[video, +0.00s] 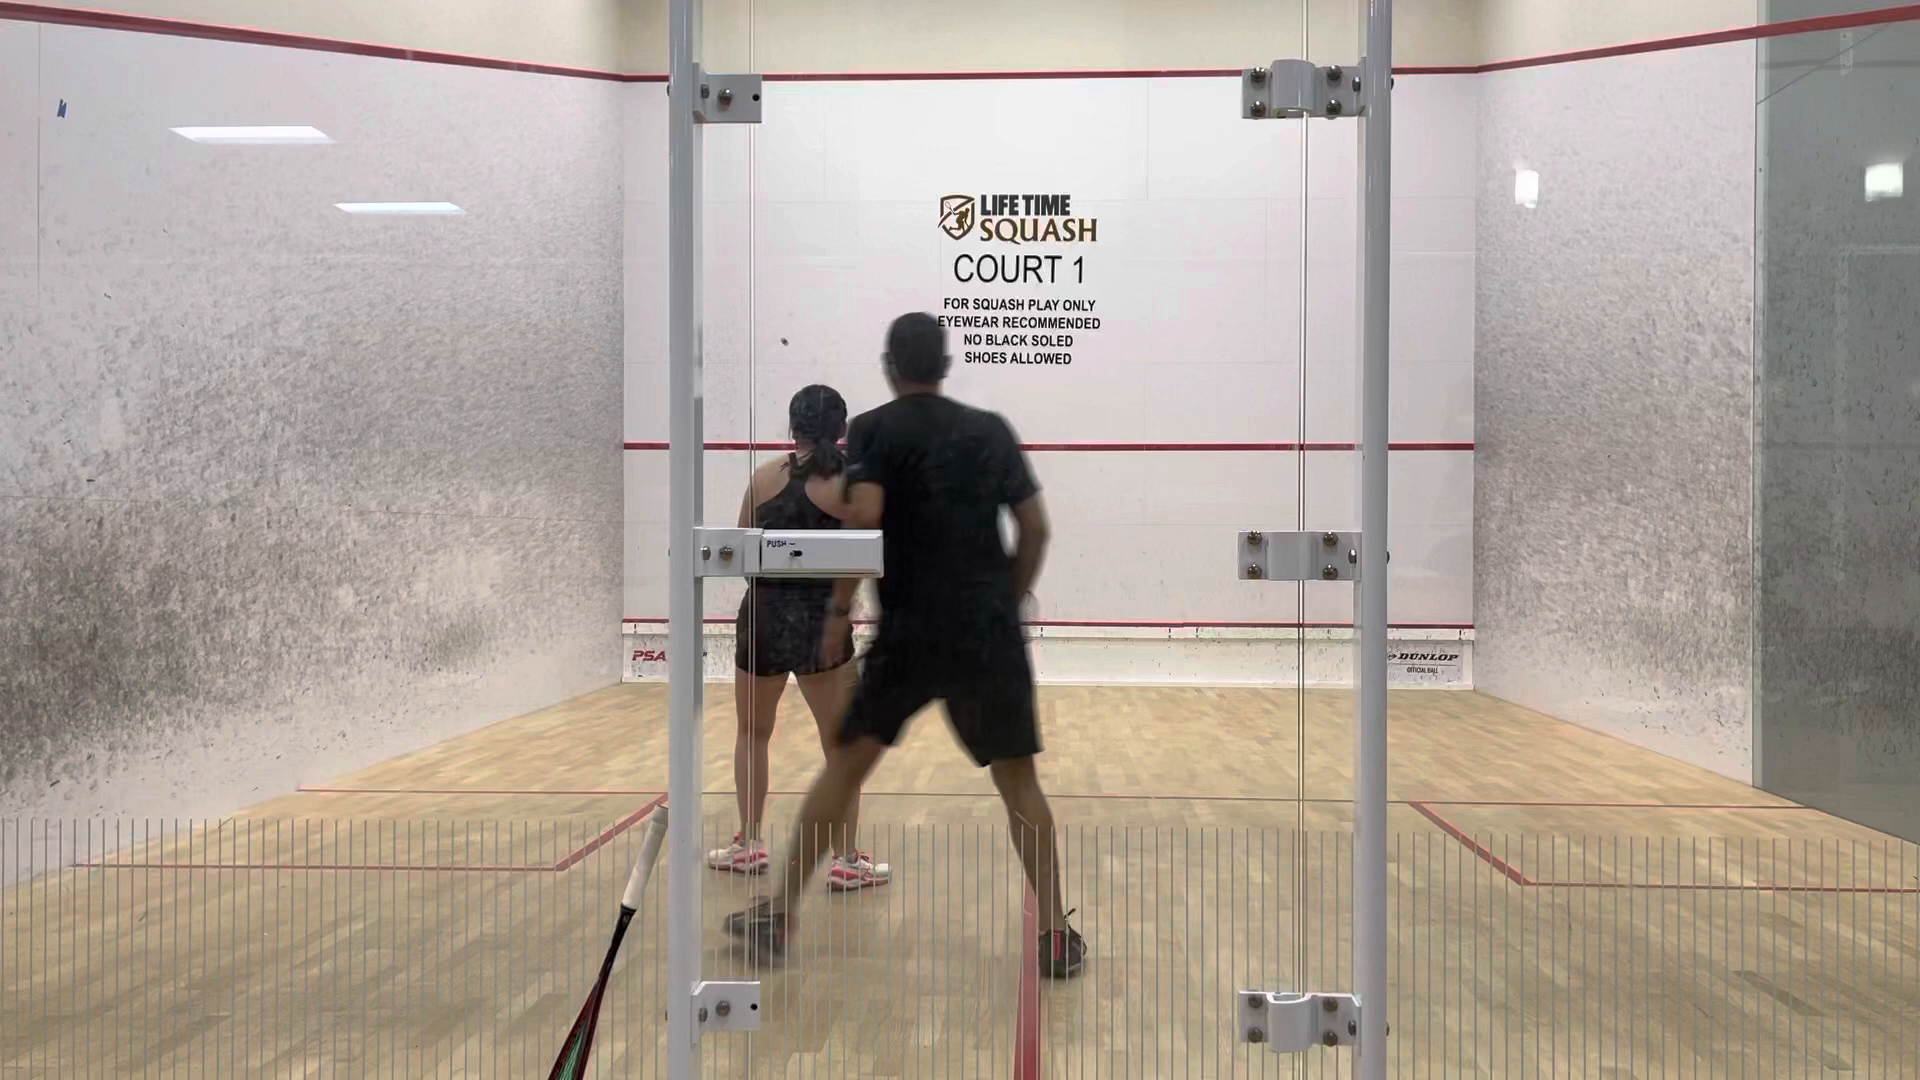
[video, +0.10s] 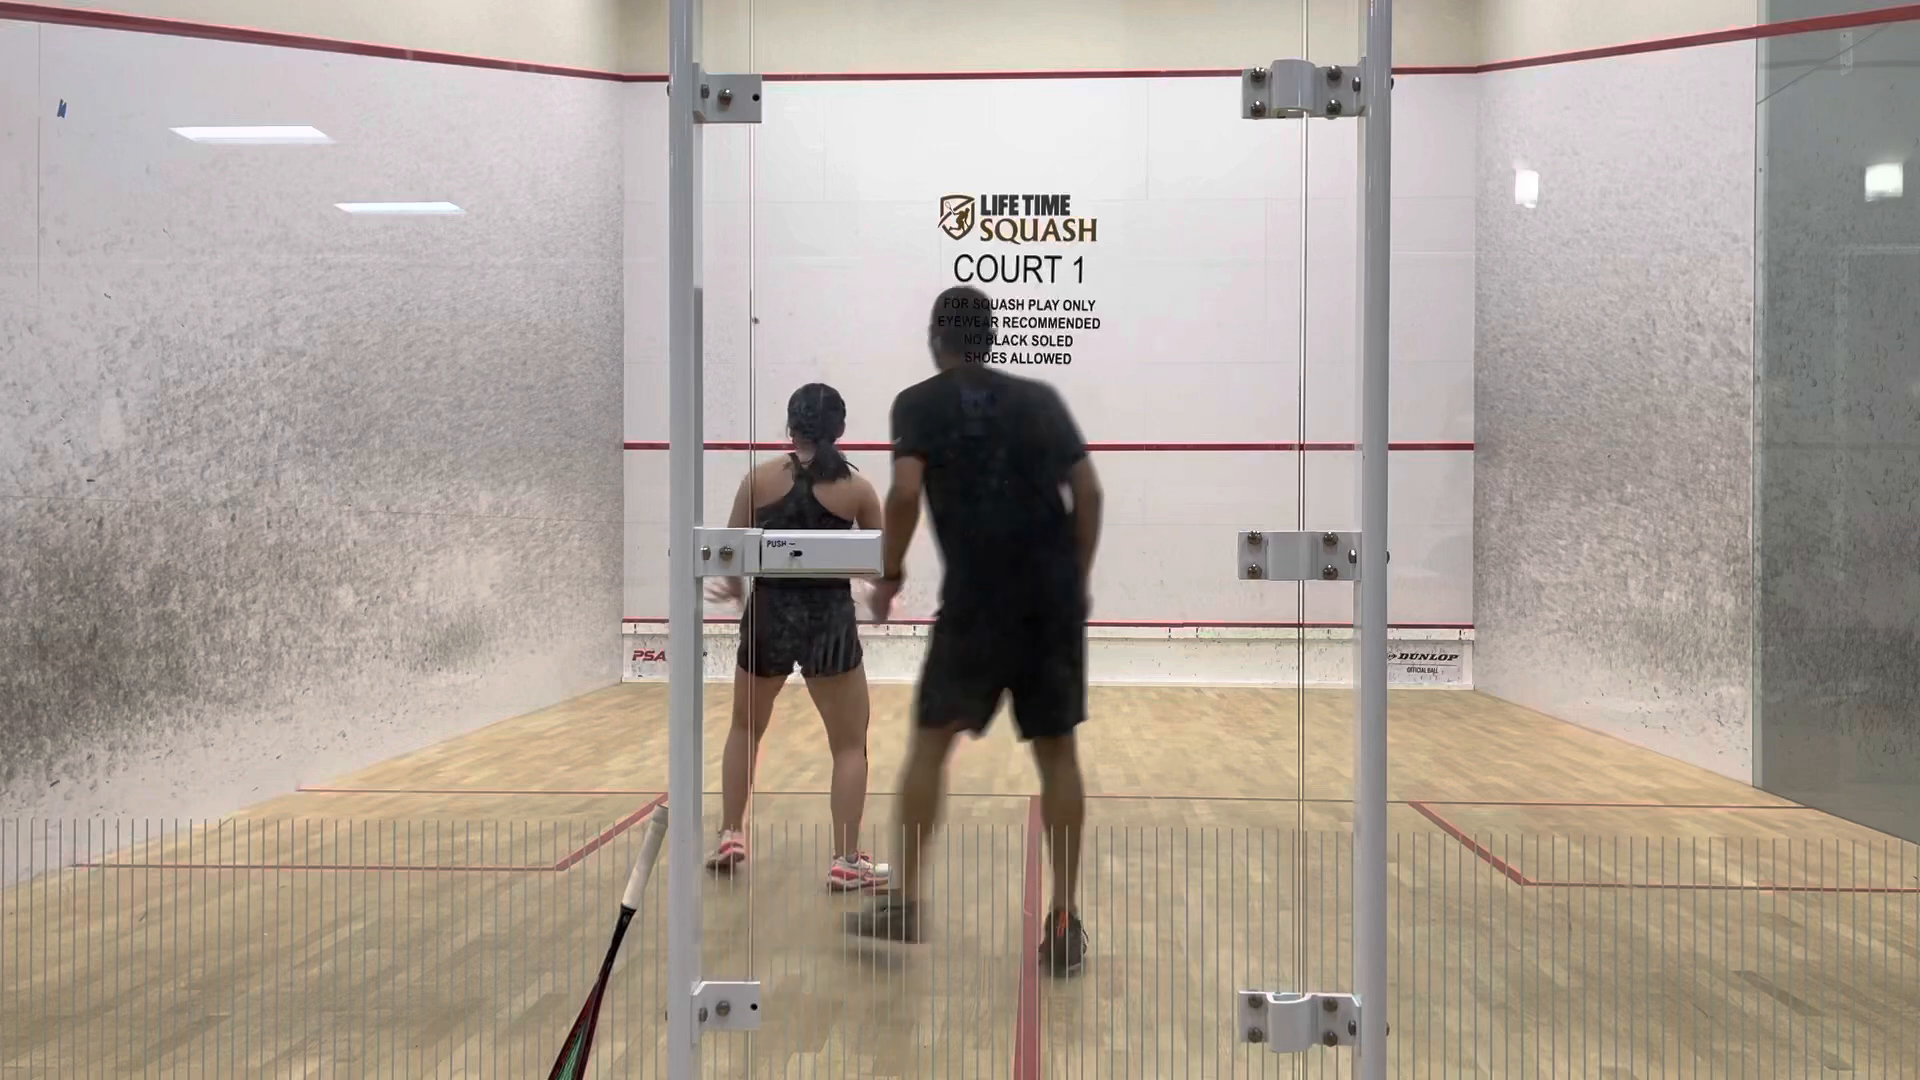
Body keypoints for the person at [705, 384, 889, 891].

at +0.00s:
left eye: (798, 427)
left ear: (792, 429)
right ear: (842, 430)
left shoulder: (764, 478)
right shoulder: (851, 484)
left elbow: (741, 547)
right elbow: (862, 558)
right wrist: (843, 609)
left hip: (763, 618)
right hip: (825, 620)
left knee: (752, 732)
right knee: (842, 742)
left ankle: (750, 841)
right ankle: (845, 855)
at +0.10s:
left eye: (795, 422)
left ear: (790, 427)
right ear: (840, 429)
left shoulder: (759, 479)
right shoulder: (858, 489)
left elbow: (730, 549)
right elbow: (881, 565)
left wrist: (734, 583)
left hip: (766, 623)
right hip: (828, 627)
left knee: (745, 729)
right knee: (849, 744)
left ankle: (732, 833)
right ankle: (846, 858)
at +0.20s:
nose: (781, 428)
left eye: (782, 419)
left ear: (782, 424)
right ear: (832, 426)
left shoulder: (758, 477)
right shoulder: (845, 487)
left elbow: (714, 545)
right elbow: (843, 557)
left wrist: (682, 561)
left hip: (773, 625)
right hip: (833, 627)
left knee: (738, 724)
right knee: (846, 744)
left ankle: (713, 832)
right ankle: (847, 857)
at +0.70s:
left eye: (701, 414)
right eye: (742, 418)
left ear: (701, 418)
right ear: (745, 424)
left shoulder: (688, 464)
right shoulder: (743, 467)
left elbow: (657, 539)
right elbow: (683, 539)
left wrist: (636, 586)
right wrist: (638, 578)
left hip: (705, 607)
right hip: (754, 603)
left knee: (680, 716)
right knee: (767, 721)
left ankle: (682, 823)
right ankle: (811, 791)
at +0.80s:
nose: (679, 417)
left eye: (687, 409)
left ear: (695, 414)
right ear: (739, 423)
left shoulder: (674, 458)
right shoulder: (744, 471)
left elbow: (646, 533)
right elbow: (694, 545)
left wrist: (625, 591)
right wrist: (642, 597)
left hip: (692, 606)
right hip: (747, 605)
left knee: (675, 716)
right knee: (768, 712)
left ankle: (680, 825)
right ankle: (789, 796)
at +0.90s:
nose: (734, 426)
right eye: (736, 417)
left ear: (689, 409)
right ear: (735, 420)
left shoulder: (664, 460)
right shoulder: (743, 468)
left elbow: (638, 536)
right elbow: (749, 533)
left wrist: (625, 596)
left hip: (686, 603)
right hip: (744, 602)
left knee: (676, 719)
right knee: (766, 712)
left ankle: (682, 824)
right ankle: (773, 804)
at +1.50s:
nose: (802, 442)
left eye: (798, 435)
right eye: (797, 436)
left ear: (750, 444)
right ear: (788, 443)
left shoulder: (732, 492)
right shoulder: (810, 492)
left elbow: (730, 553)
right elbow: (834, 559)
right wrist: (892, 569)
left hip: (742, 624)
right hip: (799, 626)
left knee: (711, 731)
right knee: (856, 711)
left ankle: (688, 833)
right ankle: (884, 813)